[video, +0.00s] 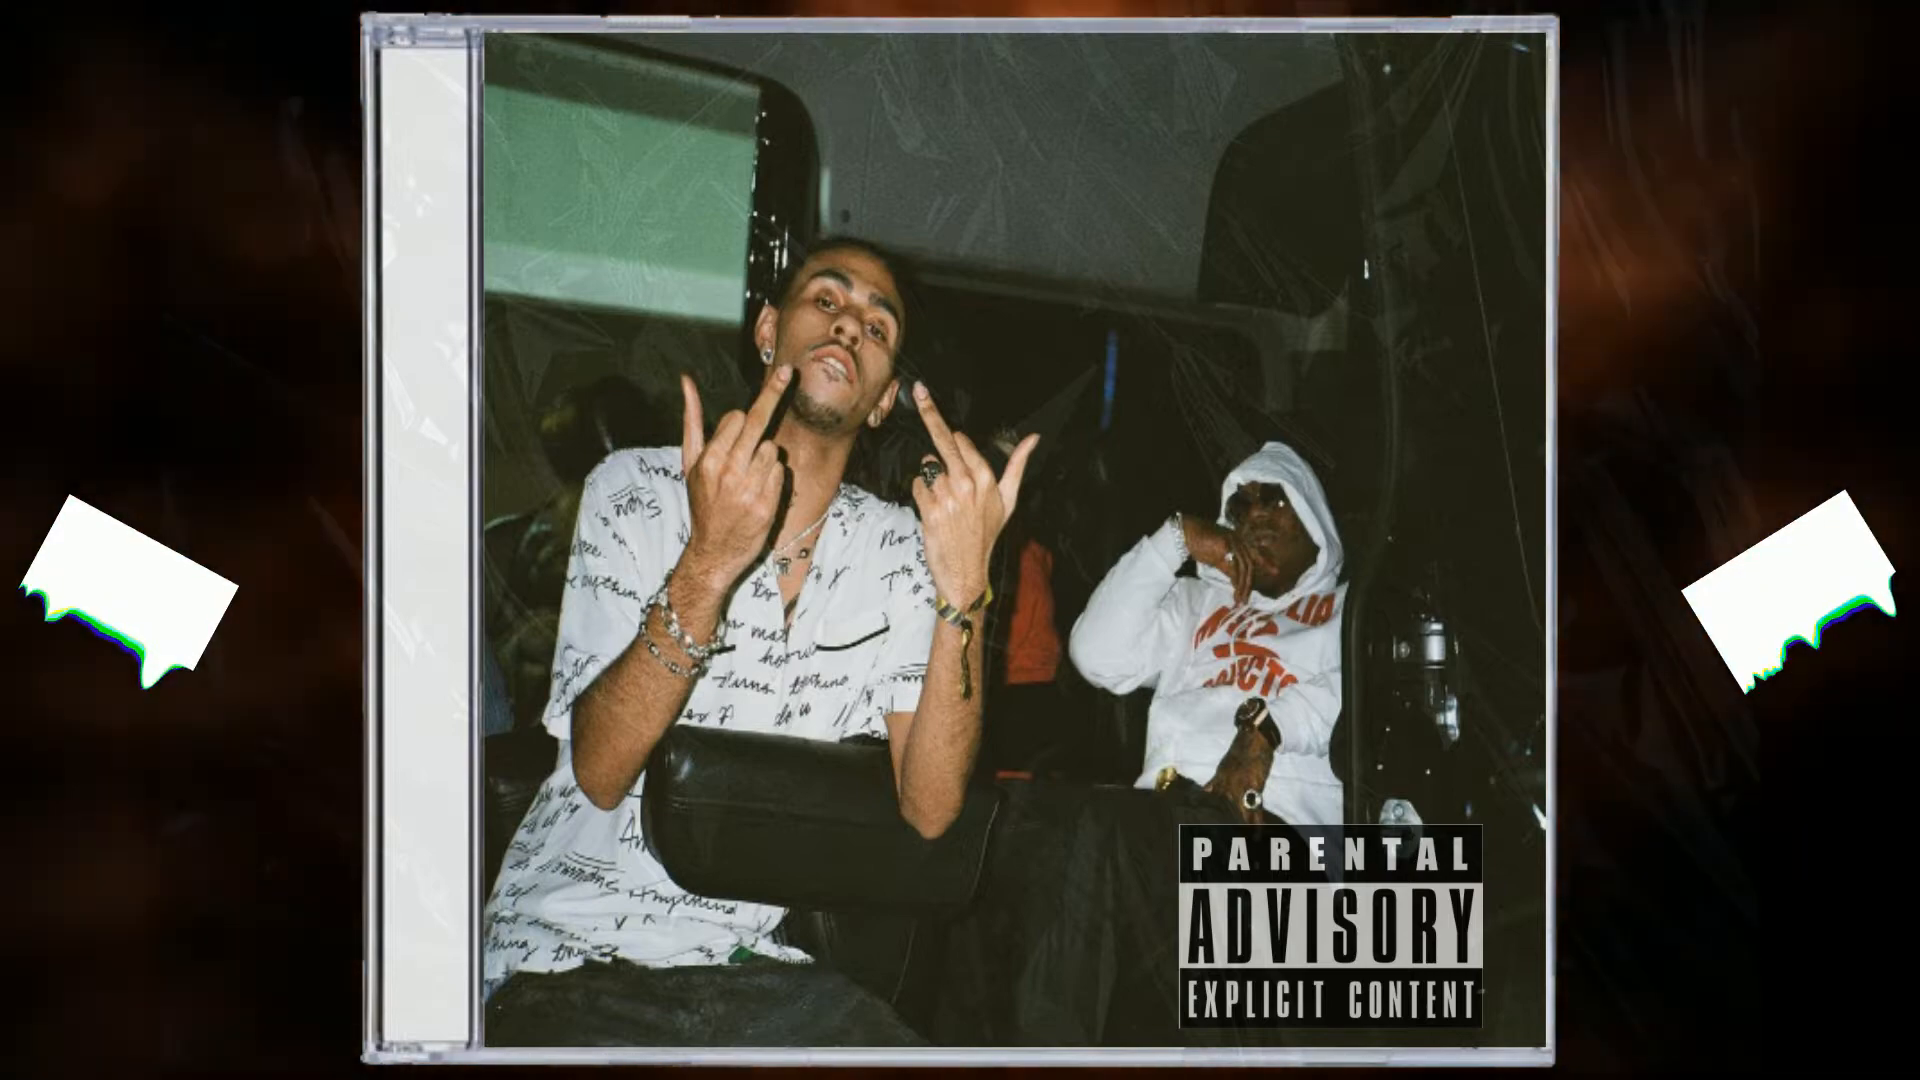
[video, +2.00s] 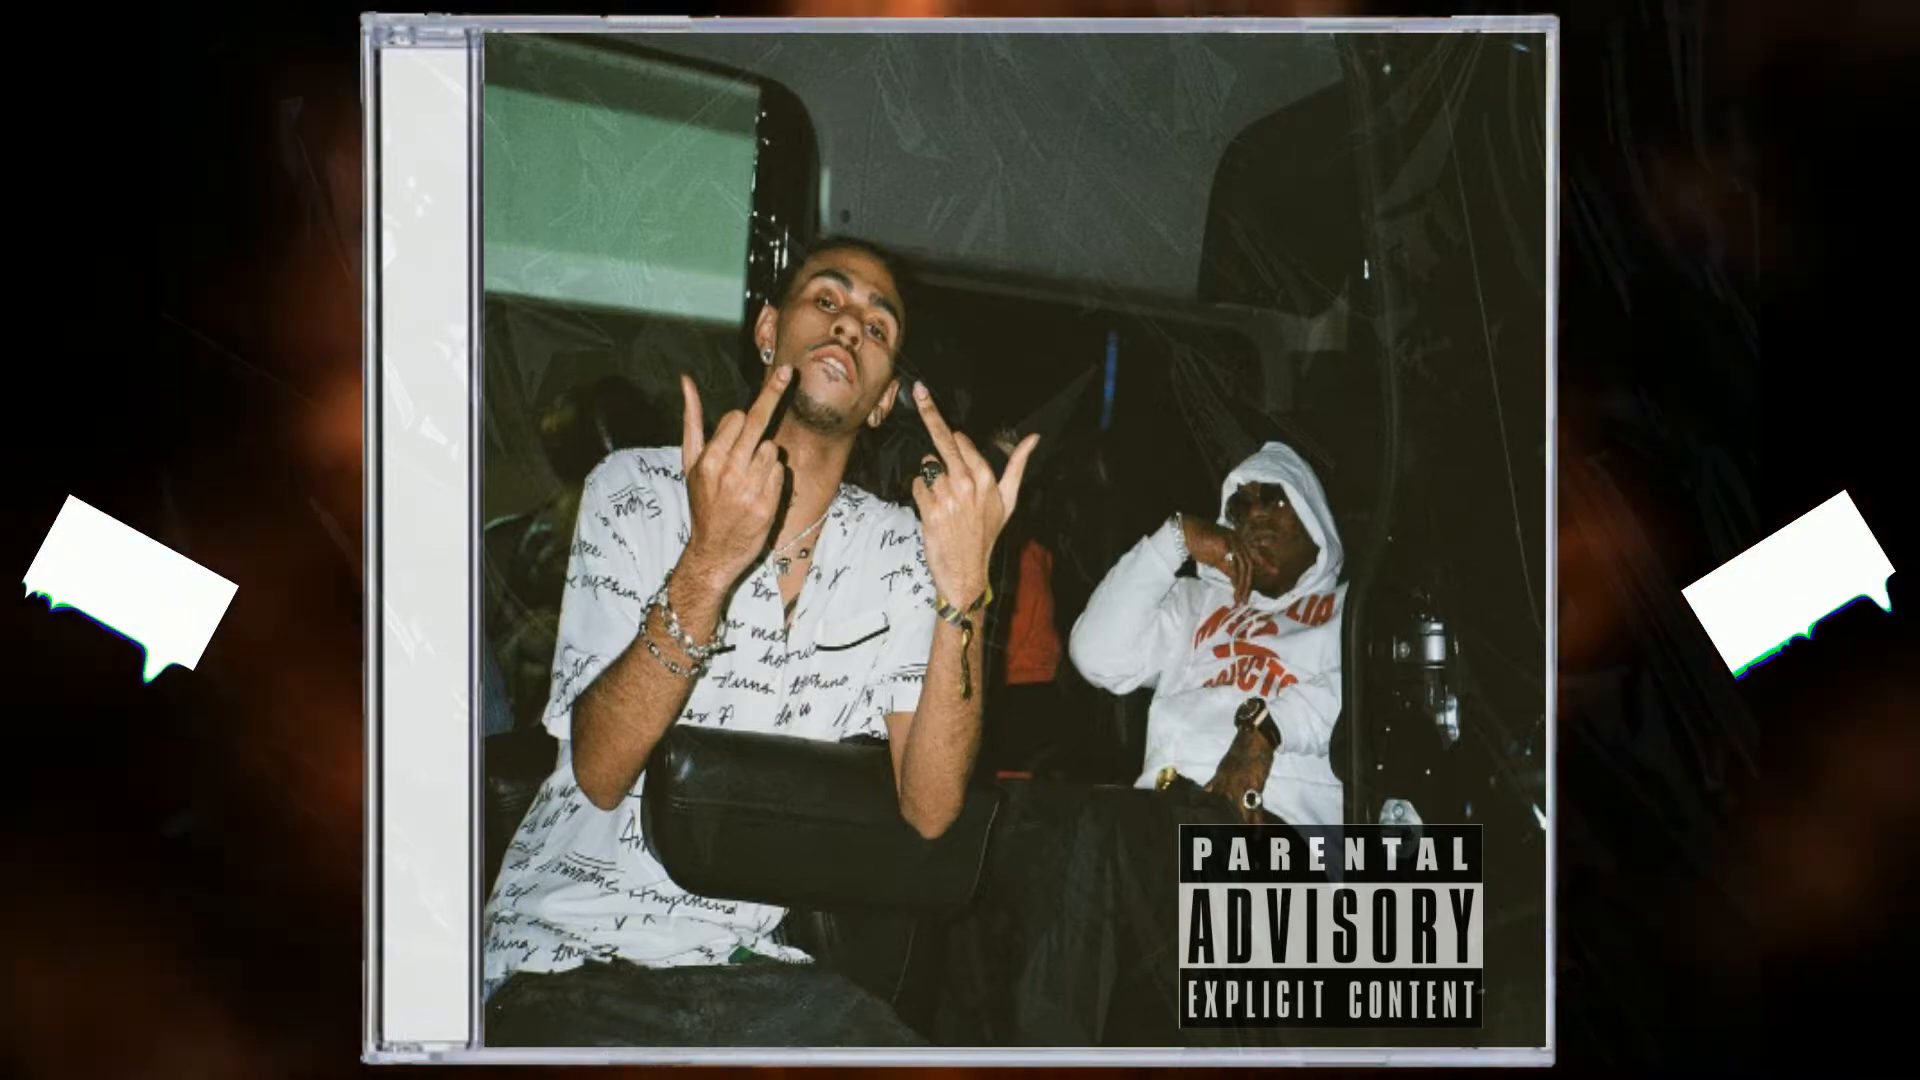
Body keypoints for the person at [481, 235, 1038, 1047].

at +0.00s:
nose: (852, 323)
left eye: (879, 323)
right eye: (826, 299)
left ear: (887, 395)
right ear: (766, 333)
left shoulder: (902, 550)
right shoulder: (638, 490)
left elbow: (931, 809)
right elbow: (601, 770)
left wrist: (966, 593)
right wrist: (709, 564)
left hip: (755, 957)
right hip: (571, 946)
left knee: (904, 1060)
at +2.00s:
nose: (852, 323)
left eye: (879, 323)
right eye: (826, 299)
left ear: (887, 396)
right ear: (767, 333)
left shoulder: (902, 550)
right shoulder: (638, 490)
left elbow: (931, 809)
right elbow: (601, 770)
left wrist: (966, 593)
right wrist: (709, 564)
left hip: (753, 957)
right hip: (569, 945)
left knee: (907, 1061)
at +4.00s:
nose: (852, 323)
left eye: (879, 324)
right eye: (826, 299)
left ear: (887, 396)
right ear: (767, 333)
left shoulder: (902, 550)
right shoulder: (637, 490)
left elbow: (930, 809)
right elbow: (601, 770)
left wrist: (965, 593)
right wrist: (709, 564)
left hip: (757, 958)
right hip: (570, 946)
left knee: (909, 1065)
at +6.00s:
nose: (851, 323)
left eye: (878, 323)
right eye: (826, 299)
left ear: (887, 395)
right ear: (767, 333)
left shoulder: (904, 551)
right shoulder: (638, 491)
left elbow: (931, 809)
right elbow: (601, 770)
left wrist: (966, 593)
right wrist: (710, 563)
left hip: (756, 956)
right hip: (571, 944)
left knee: (905, 1059)